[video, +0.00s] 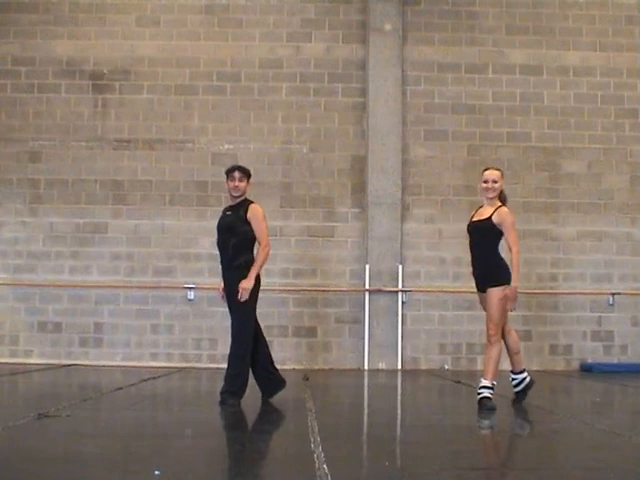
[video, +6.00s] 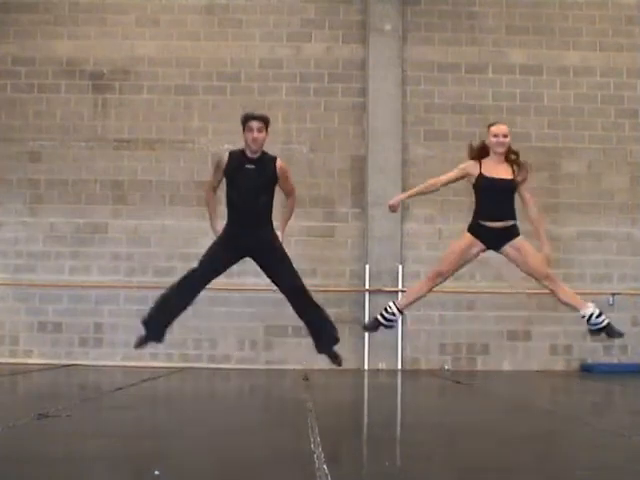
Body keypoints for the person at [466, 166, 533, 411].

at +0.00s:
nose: (490, 186)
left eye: (495, 182)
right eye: (486, 182)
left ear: (502, 185)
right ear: (481, 185)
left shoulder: (503, 213)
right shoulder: (478, 212)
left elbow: (514, 249)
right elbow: (478, 247)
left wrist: (514, 284)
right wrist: (476, 271)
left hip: (498, 277)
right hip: (481, 277)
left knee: (493, 334)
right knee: (505, 330)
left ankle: (486, 387)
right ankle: (520, 375)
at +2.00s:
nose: (514, 187)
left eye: (519, 183)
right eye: (509, 183)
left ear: (525, 187)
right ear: (501, 186)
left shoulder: (531, 211)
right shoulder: (493, 210)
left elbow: (550, 203)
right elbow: (477, 195)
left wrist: (522, 219)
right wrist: (502, 217)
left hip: (521, 278)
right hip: (492, 277)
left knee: (535, 342)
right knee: (491, 338)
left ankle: (556, 392)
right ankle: (462, 394)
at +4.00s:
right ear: (503, 308)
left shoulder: (519, 337)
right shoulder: (495, 291)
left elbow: (516, 370)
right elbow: (500, 243)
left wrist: (514, 404)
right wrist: (511, 204)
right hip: (479, 300)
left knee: (544, 353)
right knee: (444, 345)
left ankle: (575, 391)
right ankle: (410, 389)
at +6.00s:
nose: (502, 140)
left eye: (505, 136)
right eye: (496, 136)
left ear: (510, 141)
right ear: (487, 140)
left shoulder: (516, 171)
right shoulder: (474, 166)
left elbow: (531, 206)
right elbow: (438, 183)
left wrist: (543, 242)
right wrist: (404, 196)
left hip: (509, 237)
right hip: (477, 235)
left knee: (548, 277)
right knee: (437, 275)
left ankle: (593, 316)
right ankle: (392, 314)